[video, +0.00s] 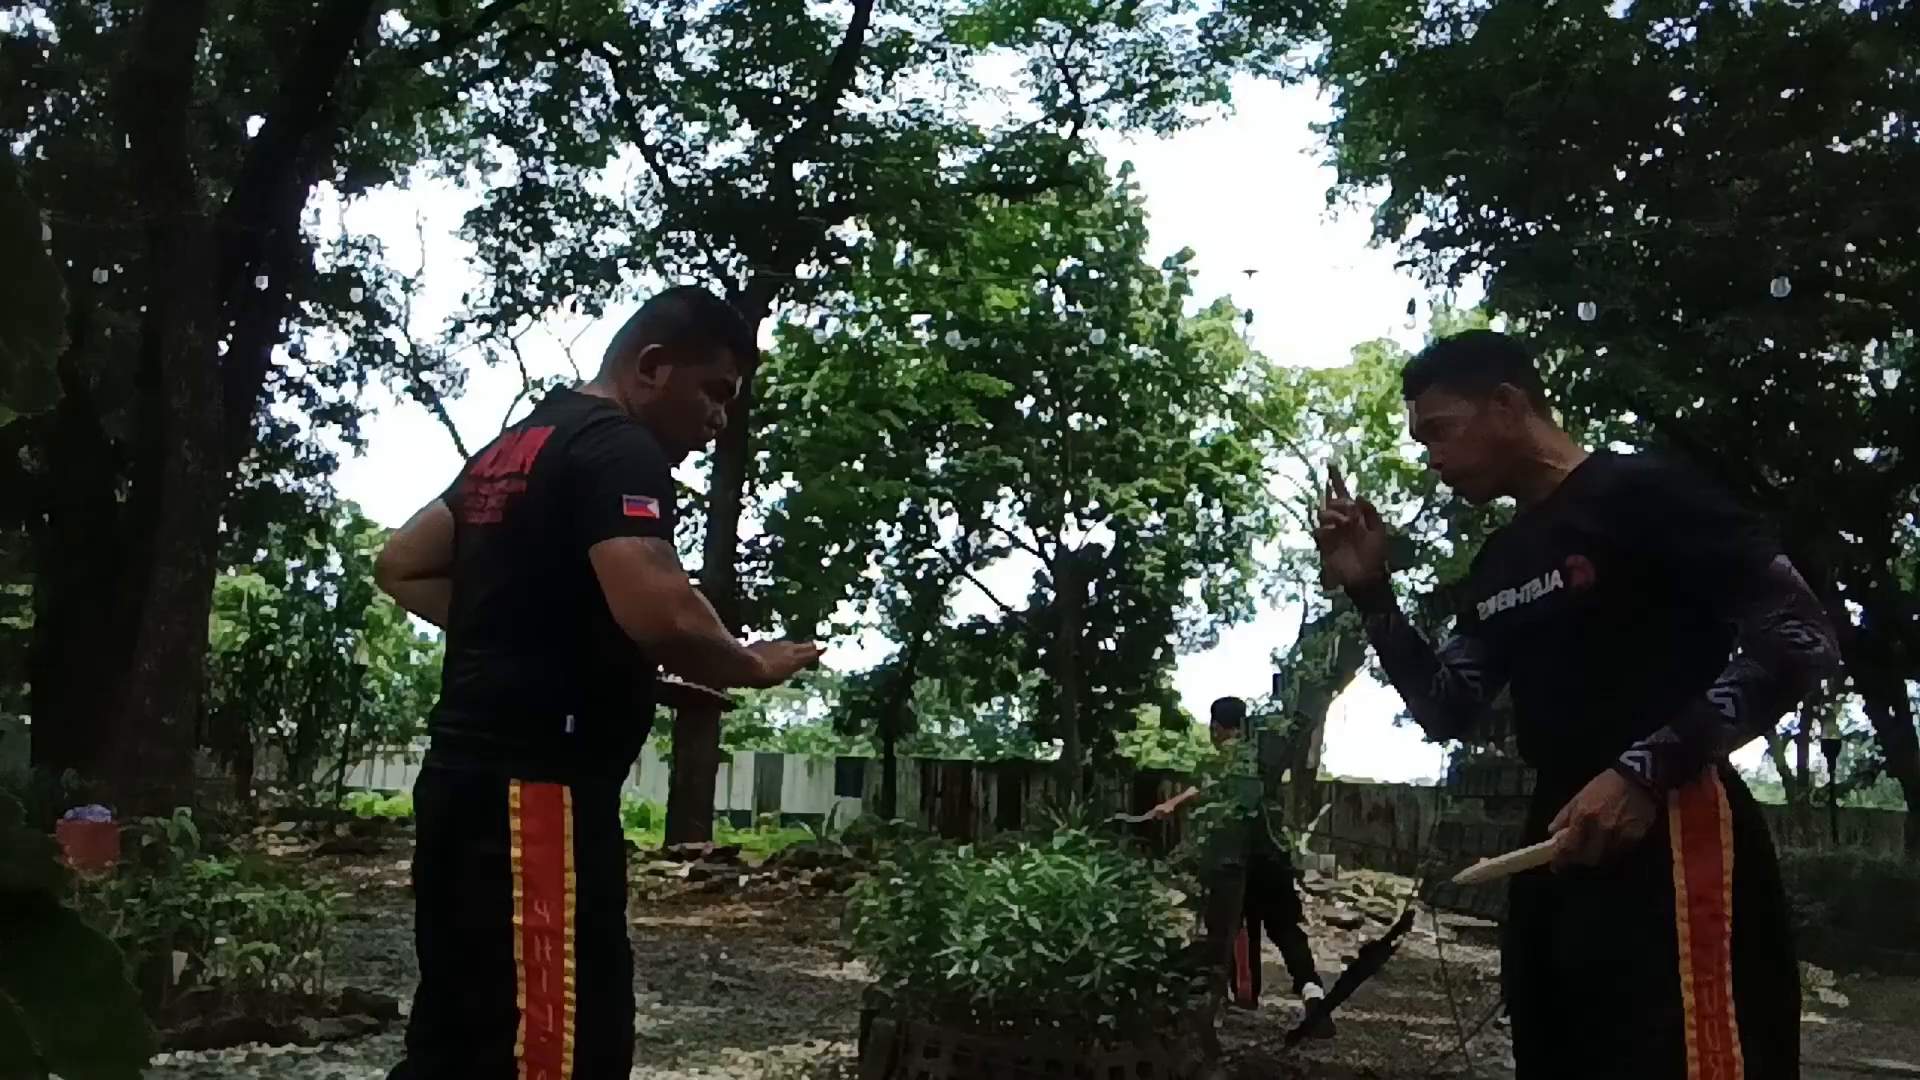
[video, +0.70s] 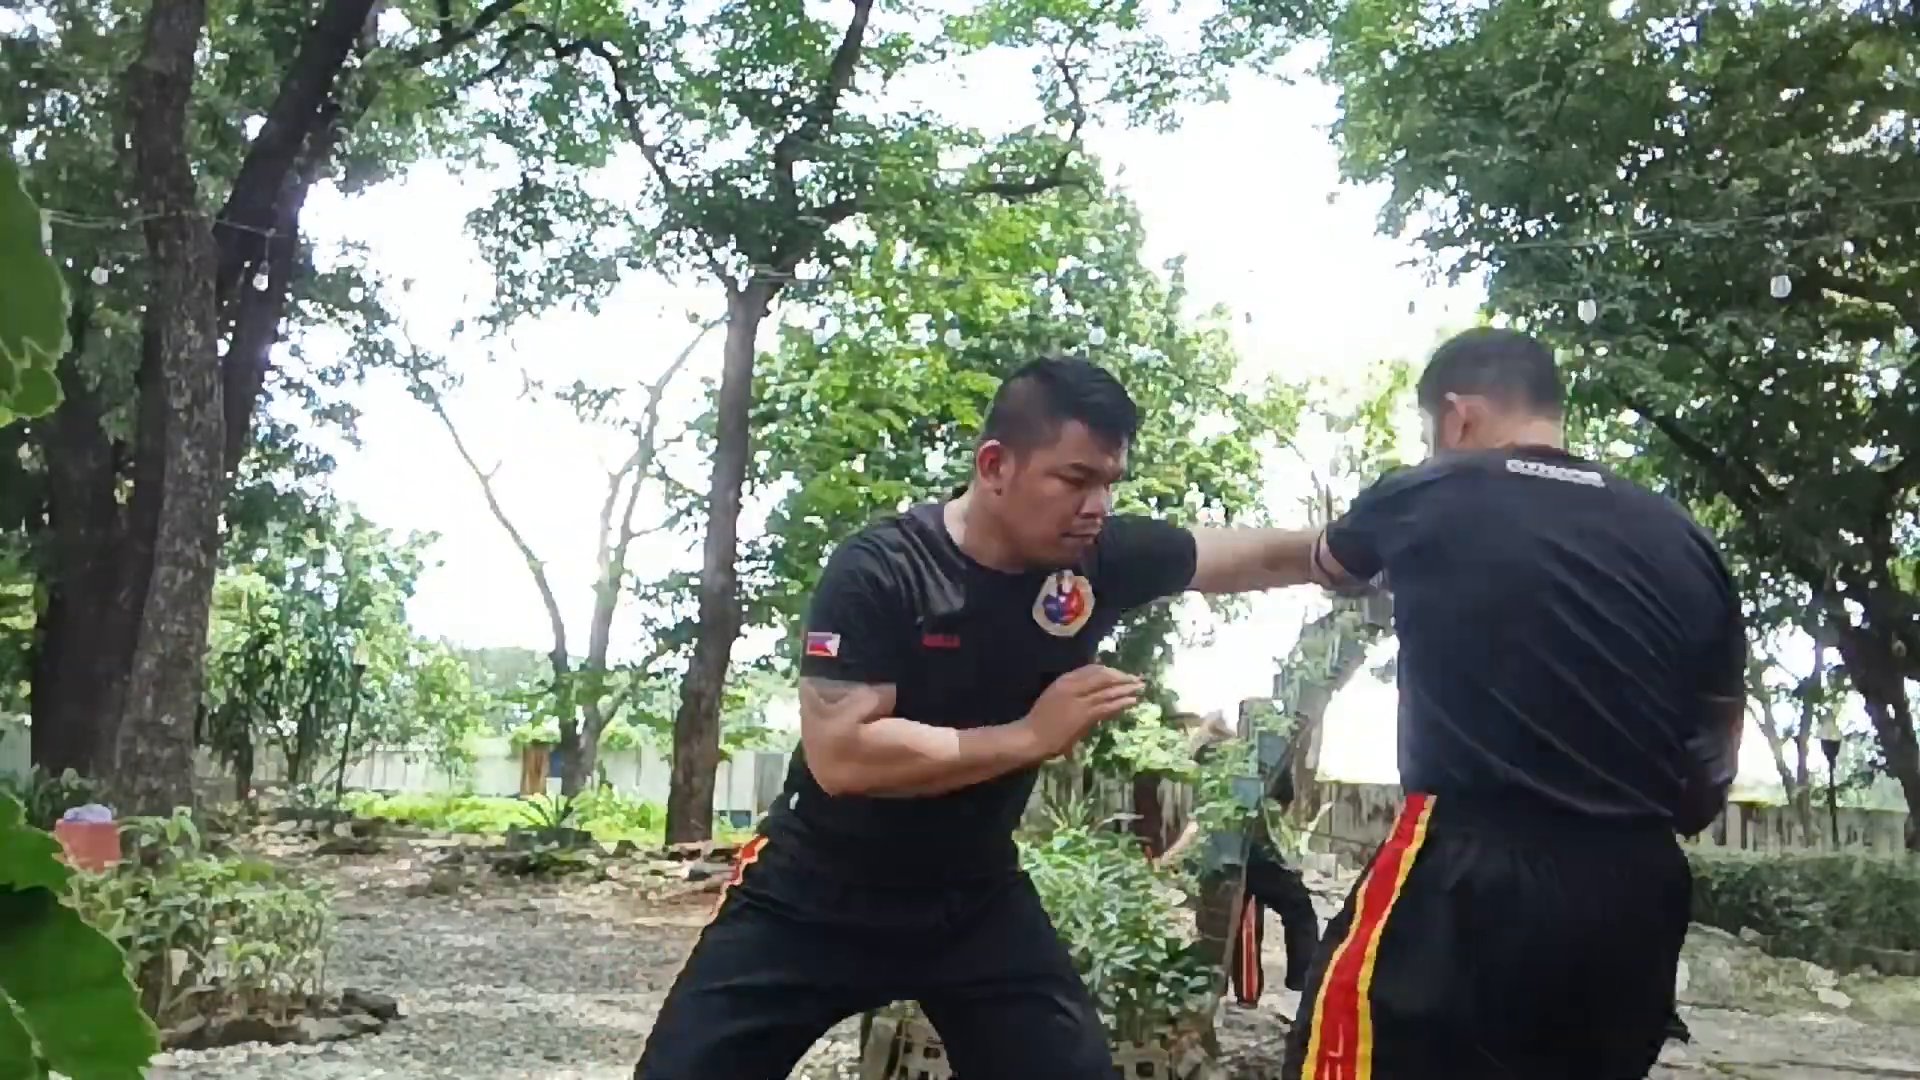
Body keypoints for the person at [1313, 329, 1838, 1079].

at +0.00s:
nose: (1430, 460)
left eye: (1436, 433)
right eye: (1423, 442)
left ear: (1509, 405)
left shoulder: (1651, 492)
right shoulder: (1495, 563)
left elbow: (1801, 635)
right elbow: (1447, 710)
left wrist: (1647, 770)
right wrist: (1372, 595)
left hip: (1681, 837)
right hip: (1556, 846)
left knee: (1695, 1057)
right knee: (1561, 1056)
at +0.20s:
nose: (1397, 529)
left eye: (1398, 502)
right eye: (1387, 510)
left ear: (1463, 466)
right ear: (1464, 466)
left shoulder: (1602, 524)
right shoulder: (1495, 601)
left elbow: (1732, 661)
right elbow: (1473, 762)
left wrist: (1579, 812)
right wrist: (1414, 642)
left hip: (1686, 840)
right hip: (1584, 844)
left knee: (1646, 1061)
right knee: (1539, 1054)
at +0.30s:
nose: (1377, 583)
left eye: (1374, 556)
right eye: (1364, 565)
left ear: (1426, 516)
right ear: (1429, 517)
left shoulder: (1543, 560)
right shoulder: (1514, 593)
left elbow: (1573, 711)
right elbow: (1503, 794)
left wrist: (1438, 886)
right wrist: (1449, 677)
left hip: (1669, 857)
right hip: (1610, 853)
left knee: (1616, 1061)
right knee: (1543, 1051)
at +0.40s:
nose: (1365, 605)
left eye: (1352, 579)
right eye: (1350, 589)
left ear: (1386, 531)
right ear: (1435, 512)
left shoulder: (1450, 575)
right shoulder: (1567, 559)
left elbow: (1353, 766)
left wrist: (1268, 913)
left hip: (1647, 862)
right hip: (1749, 855)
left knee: (1541, 1055)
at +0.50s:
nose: (1356, 582)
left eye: (1351, 564)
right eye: (1347, 569)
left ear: (1379, 523)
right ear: (1451, 498)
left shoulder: (1404, 569)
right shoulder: (1611, 530)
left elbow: (1292, 727)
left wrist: (1258, 861)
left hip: (1593, 850)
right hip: (1755, 838)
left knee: (1472, 1052)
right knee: (1723, 1061)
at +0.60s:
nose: (1390, 517)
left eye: (1385, 500)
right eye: (1383, 504)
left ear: (1405, 475)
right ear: (1494, 460)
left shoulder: (1405, 543)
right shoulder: (1652, 522)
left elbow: (1316, 699)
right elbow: (1739, 728)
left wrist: (1421, 723)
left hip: (1507, 883)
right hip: (1691, 882)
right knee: (1660, 1066)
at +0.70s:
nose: (1432, 453)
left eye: (1431, 431)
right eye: (1429, 434)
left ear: (1461, 413)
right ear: (1555, 414)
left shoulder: (1426, 501)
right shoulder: (1683, 537)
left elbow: (1310, 561)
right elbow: (1716, 760)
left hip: (1459, 889)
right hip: (1639, 897)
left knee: (1345, 1062)